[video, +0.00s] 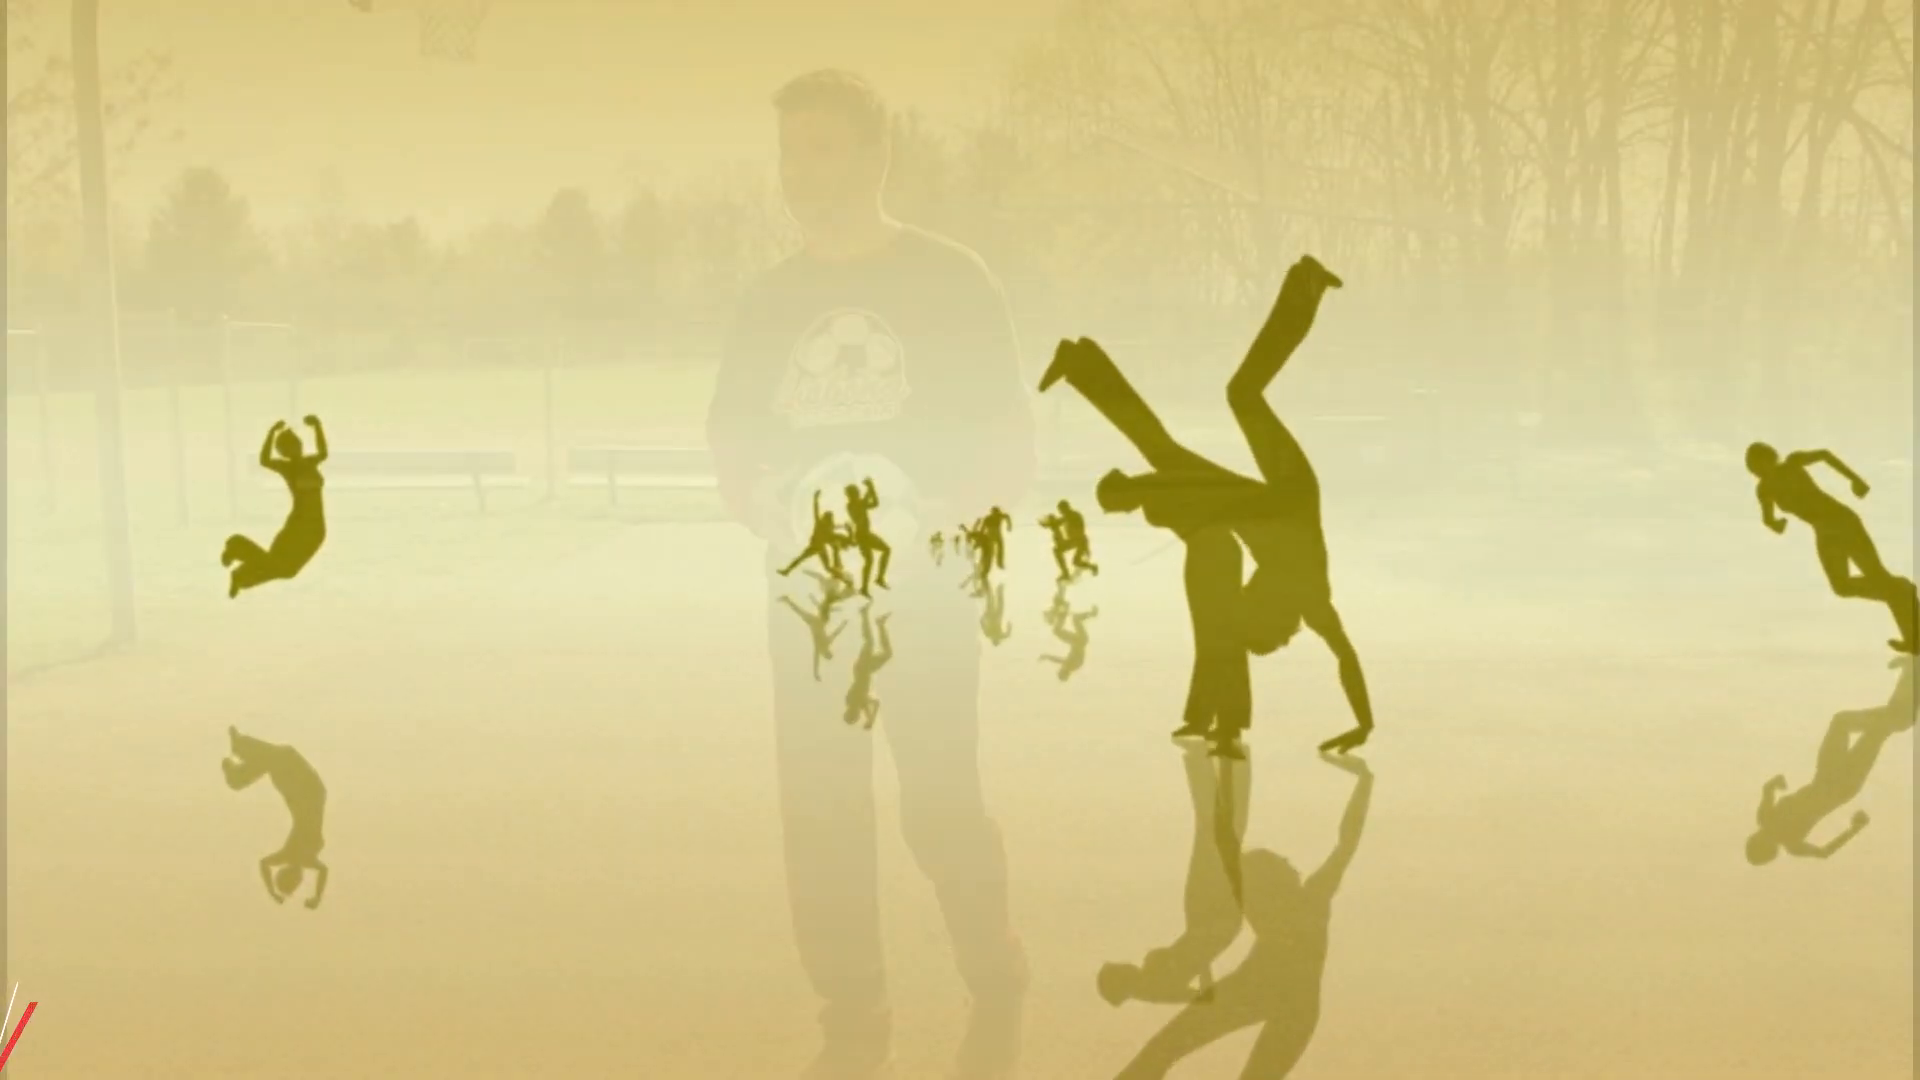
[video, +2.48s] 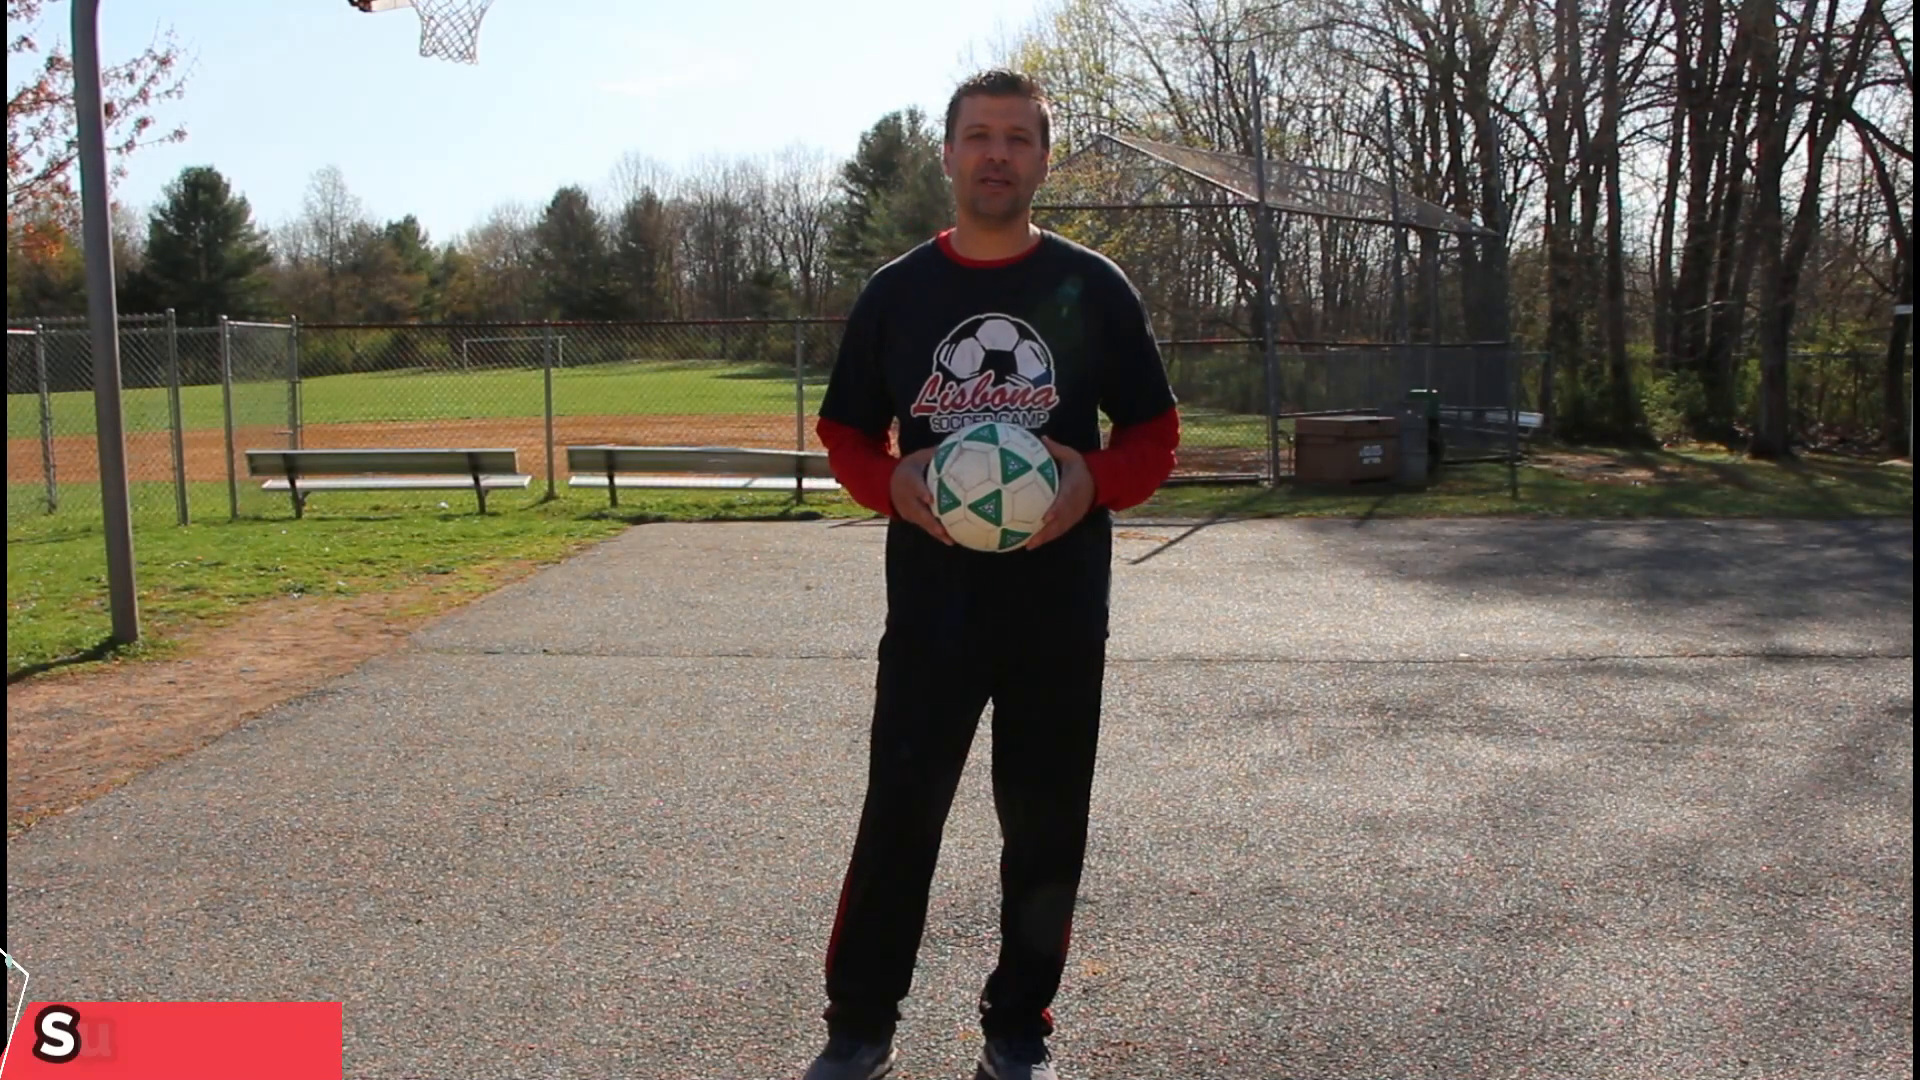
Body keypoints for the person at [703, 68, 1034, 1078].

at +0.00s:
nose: (809, 175)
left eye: (829, 150)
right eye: (795, 154)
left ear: (874, 153)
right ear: (780, 164)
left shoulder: (948, 276)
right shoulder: (771, 297)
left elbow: (1003, 420)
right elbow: (731, 432)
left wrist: (969, 520)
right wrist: (776, 513)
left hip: (930, 564)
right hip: (806, 573)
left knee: (942, 807)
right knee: (822, 809)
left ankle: (995, 993)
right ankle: (850, 1018)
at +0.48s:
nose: (876, 150)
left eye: (897, 131)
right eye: (855, 132)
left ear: (924, 145)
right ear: (827, 147)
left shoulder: (978, 277)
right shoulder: (775, 293)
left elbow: (1041, 429)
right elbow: (729, 443)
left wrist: (973, 493)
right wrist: (804, 511)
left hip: (952, 581)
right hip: (827, 589)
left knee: (981, 806)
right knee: (835, 813)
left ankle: (1008, 1015)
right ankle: (851, 1019)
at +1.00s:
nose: (927, 131)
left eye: (948, 117)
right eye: (908, 114)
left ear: (972, 143)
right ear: (874, 134)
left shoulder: (1015, 273)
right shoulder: (811, 281)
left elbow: (1082, 423)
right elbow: (753, 422)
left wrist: (1052, 411)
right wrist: (780, 446)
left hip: (984, 574)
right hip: (857, 577)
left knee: (1000, 812)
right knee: (853, 814)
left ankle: (1013, 1033)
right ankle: (852, 1032)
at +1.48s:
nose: (961, 140)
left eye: (985, 127)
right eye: (944, 122)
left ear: (1010, 155)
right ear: (911, 139)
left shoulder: (1047, 281)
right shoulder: (847, 285)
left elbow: (1099, 422)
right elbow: (796, 439)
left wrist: (1055, 470)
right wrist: (872, 460)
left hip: (1024, 579)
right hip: (897, 576)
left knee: (1022, 815)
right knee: (876, 811)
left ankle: (1016, 1036)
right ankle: (856, 1031)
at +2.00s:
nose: (1001, 152)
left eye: (1022, 139)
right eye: (983, 134)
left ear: (1046, 161)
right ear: (949, 150)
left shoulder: (1088, 288)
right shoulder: (887, 289)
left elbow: (1145, 427)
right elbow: (834, 427)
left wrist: (1092, 479)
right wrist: (885, 488)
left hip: (1052, 599)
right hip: (927, 595)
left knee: (1043, 822)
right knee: (897, 812)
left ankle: (1019, 1030)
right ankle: (858, 1026)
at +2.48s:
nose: (997, 155)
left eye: (1018, 139)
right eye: (978, 138)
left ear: (1045, 158)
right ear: (949, 155)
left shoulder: (1095, 288)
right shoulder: (895, 291)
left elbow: (1157, 427)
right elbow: (845, 425)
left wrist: (1098, 478)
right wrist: (888, 483)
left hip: (1058, 598)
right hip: (932, 594)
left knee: (1047, 823)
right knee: (899, 814)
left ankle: (1019, 1030)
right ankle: (857, 1028)